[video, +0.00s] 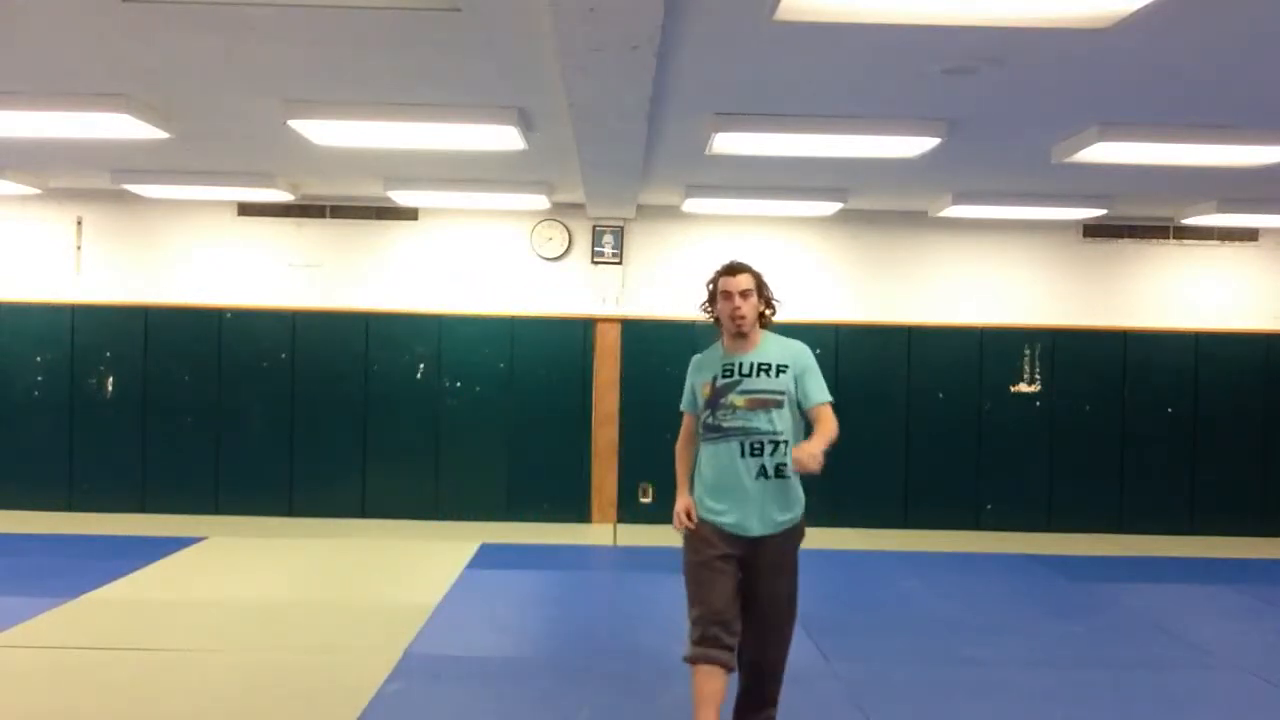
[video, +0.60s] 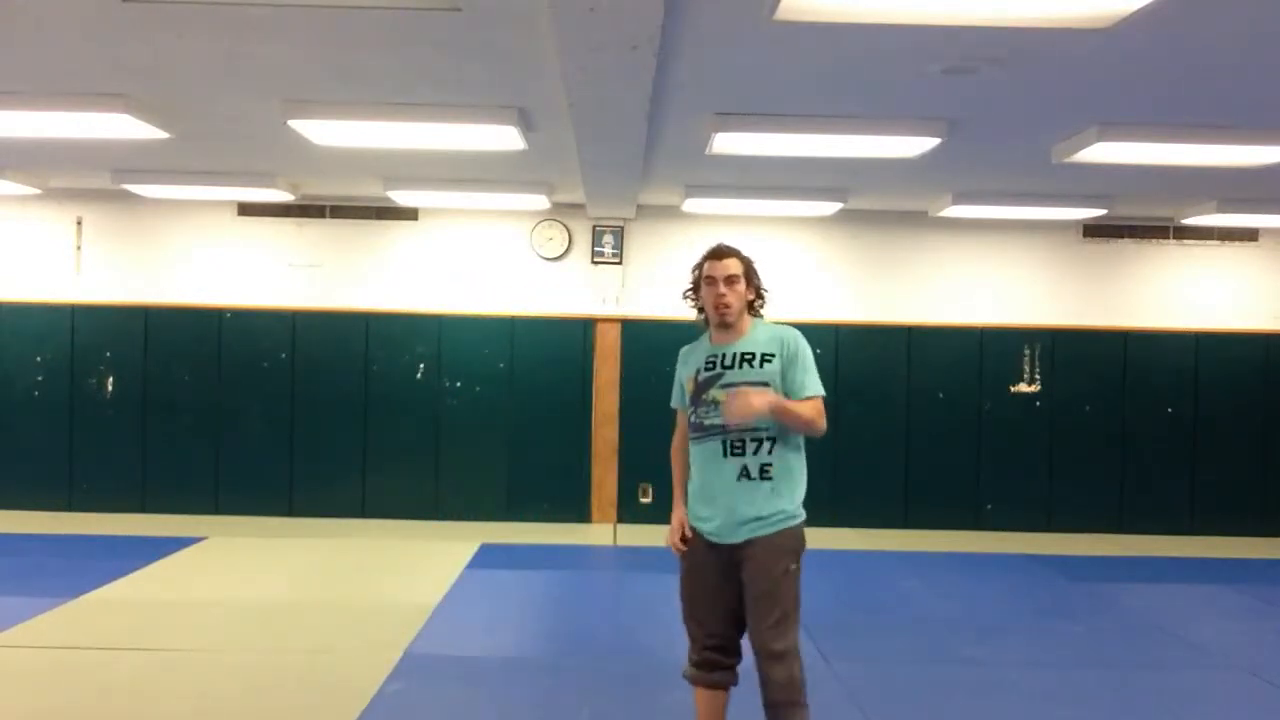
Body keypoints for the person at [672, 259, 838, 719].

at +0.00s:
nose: (737, 305)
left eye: (745, 294)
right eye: (727, 297)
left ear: (762, 301)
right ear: (715, 306)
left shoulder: (795, 355)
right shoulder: (701, 364)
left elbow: (826, 420)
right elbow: (688, 435)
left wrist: (814, 446)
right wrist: (682, 491)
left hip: (776, 523)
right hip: (711, 521)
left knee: (768, 647)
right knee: (711, 637)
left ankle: (756, 716)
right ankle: (706, 718)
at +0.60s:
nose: (721, 292)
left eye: (731, 281)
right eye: (710, 283)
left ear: (750, 290)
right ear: (699, 295)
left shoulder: (786, 342)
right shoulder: (689, 356)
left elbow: (815, 419)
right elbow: (682, 434)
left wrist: (769, 403)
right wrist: (679, 504)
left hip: (771, 524)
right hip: (704, 526)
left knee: (775, 652)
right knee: (709, 655)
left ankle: (788, 718)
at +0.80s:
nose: (741, 295)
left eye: (752, 285)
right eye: (731, 287)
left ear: (771, 296)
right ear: (719, 299)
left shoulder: (801, 349)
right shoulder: (716, 360)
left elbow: (798, 419)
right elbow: (708, 439)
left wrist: (748, 353)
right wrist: (696, 509)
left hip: (778, 537)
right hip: (713, 533)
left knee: (772, 675)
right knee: (708, 673)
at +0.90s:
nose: (744, 284)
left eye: (755, 274)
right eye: (734, 275)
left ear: (775, 286)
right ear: (722, 288)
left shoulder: (806, 339)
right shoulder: (719, 353)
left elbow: (797, 410)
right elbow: (720, 432)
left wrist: (751, 345)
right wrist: (706, 502)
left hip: (788, 529)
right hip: (724, 527)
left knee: (779, 682)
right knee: (730, 675)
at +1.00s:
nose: (746, 291)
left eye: (756, 281)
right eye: (736, 282)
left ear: (777, 291)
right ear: (724, 294)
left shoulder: (806, 343)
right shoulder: (718, 358)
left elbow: (818, 415)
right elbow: (716, 435)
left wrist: (761, 358)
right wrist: (711, 503)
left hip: (800, 526)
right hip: (736, 527)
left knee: (787, 674)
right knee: (750, 672)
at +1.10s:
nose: (747, 291)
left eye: (759, 281)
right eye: (737, 282)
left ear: (777, 293)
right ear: (725, 295)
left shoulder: (810, 343)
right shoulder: (722, 361)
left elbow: (846, 419)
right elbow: (719, 440)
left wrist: (777, 398)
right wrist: (717, 515)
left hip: (807, 526)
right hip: (743, 528)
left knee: (794, 659)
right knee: (756, 660)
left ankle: (797, 717)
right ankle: (761, 715)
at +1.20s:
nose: (754, 287)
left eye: (765, 278)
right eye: (743, 278)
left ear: (783, 289)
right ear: (731, 293)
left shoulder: (816, 338)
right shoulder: (726, 360)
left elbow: (859, 413)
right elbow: (733, 439)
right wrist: (728, 509)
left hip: (815, 528)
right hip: (749, 531)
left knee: (810, 671)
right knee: (762, 672)